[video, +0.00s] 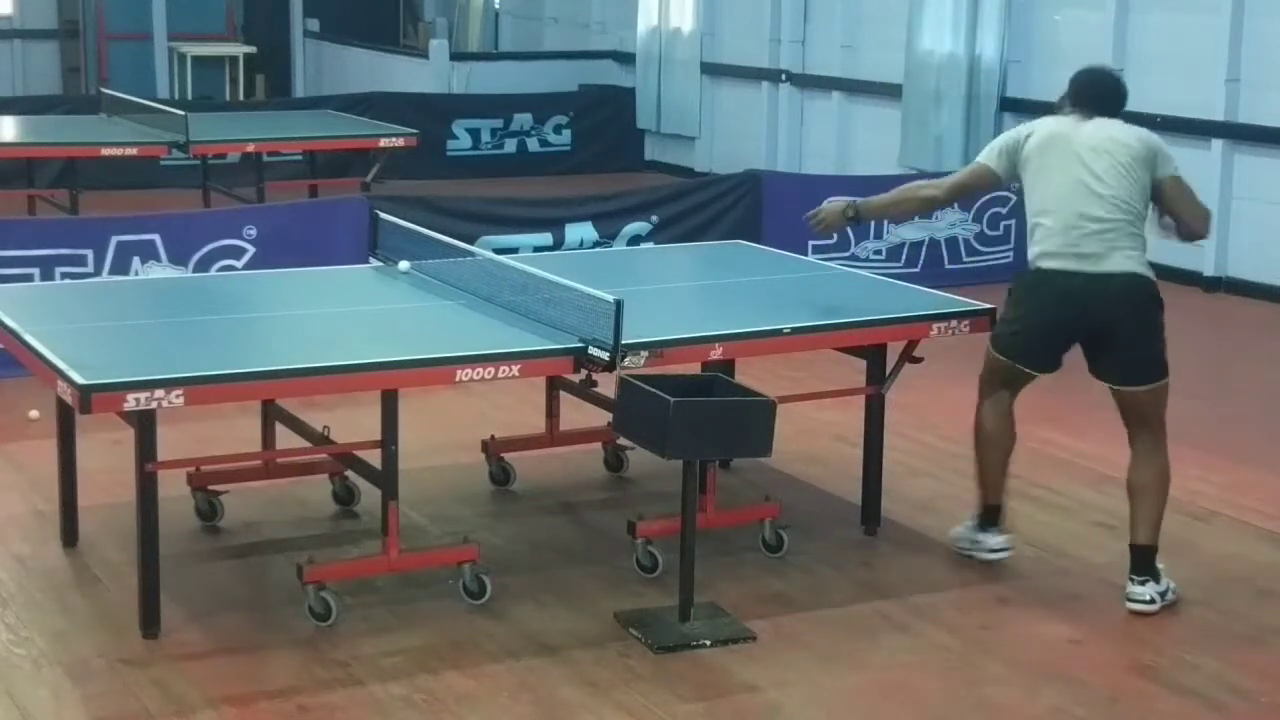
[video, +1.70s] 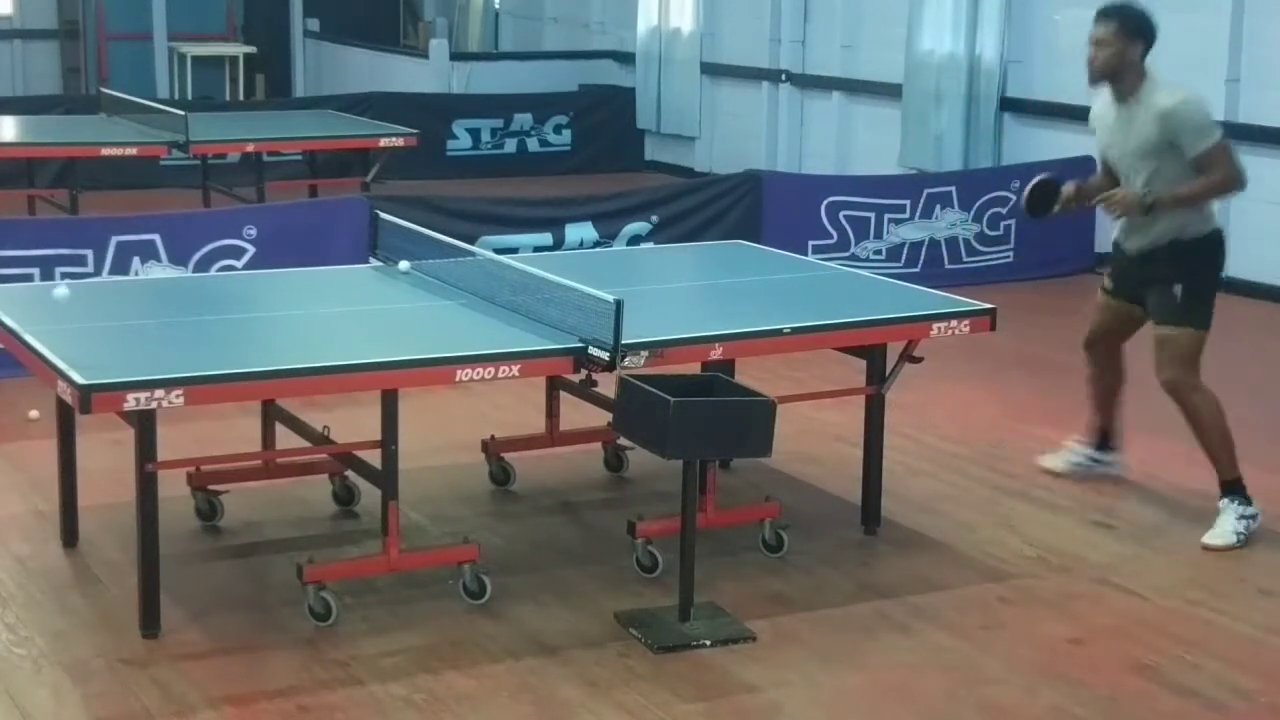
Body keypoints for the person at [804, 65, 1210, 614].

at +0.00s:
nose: (1062, 107)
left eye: (1065, 100)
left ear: (1066, 102)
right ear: (1120, 110)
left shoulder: (1030, 136)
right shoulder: (1143, 143)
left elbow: (941, 193)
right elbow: (1196, 226)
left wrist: (854, 209)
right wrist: (1168, 208)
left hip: (1047, 291)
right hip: (1127, 298)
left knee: (997, 393)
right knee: (1147, 432)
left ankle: (989, 526)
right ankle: (1144, 576)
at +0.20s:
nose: (1026, 142)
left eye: (1029, 136)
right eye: (1032, 138)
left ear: (1036, 138)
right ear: (1085, 141)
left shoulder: (1021, 173)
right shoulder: (1121, 179)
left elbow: (954, 226)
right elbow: (1175, 254)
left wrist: (859, 236)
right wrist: (1118, 258)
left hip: (1068, 324)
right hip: (1142, 327)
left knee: (990, 405)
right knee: (1141, 443)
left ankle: (1030, 541)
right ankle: (1148, 553)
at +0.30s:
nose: (993, 135)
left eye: (998, 124)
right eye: (996, 124)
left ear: (1018, 129)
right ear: (1052, 135)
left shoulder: (1021, 168)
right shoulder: (1086, 174)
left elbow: (988, 227)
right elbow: (1101, 252)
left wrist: (887, 243)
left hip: (1076, 324)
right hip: (1141, 327)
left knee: (989, 409)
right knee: (1122, 450)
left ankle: (1031, 544)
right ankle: (1151, 542)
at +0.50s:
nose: (982, 78)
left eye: (993, 69)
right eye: (985, 68)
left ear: (1026, 79)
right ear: (1015, 80)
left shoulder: (1055, 126)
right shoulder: (1025, 134)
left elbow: (1088, 202)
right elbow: (1055, 207)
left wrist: (1016, 201)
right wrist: (996, 203)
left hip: (1099, 277)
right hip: (1083, 276)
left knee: (1015, 397)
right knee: (1044, 398)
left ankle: (1032, 542)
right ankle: (1144, 470)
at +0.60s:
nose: (995, 53)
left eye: (1007, 44)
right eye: (995, 44)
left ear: (1041, 53)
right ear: (1007, 54)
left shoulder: (1081, 108)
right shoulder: (1011, 114)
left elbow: (1123, 191)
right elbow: (1020, 175)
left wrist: (1057, 195)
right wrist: (978, 191)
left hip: (1106, 254)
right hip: (1060, 257)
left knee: (1065, 380)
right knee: (1023, 358)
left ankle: (1062, 522)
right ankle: (1114, 448)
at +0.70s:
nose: (1010, 66)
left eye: (1021, 57)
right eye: (1009, 57)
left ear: (1055, 62)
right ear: (1016, 62)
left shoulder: (1100, 118)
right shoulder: (1014, 122)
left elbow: (1143, 198)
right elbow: (1017, 187)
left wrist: (1080, 207)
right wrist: (986, 200)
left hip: (1103, 263)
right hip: (1046, 262)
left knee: (1083, 377)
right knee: (1013, 348)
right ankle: (1037, 440)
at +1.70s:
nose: (1092, 53)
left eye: (1103, 45)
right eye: (1091, 43)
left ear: (1135, 51)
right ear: (1100, 50)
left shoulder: (1176, 108)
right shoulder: (1103, 110)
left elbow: (1229, 176)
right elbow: (1113, 179)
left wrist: (1151, 200)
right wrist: (1075, 194)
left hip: (1189, 249)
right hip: (1136, 248)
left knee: (1176, 375)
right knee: (1099, 341)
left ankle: (1237, 501)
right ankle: (1103, 448)